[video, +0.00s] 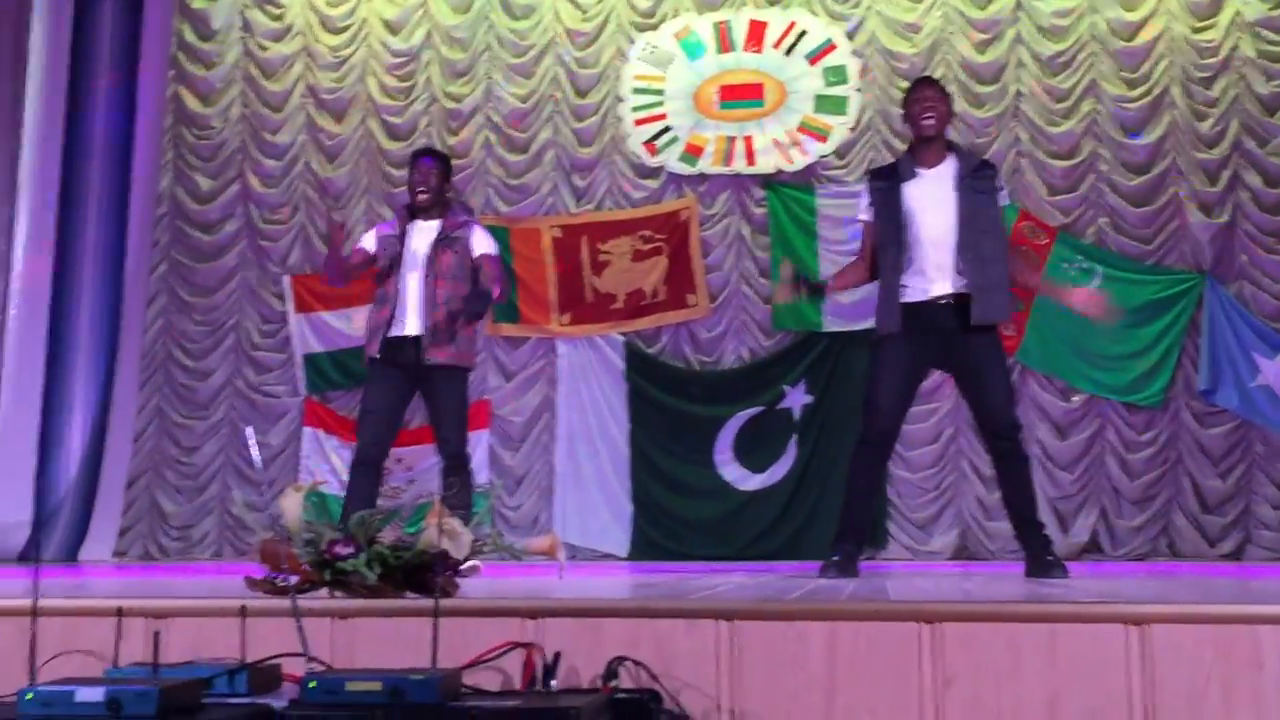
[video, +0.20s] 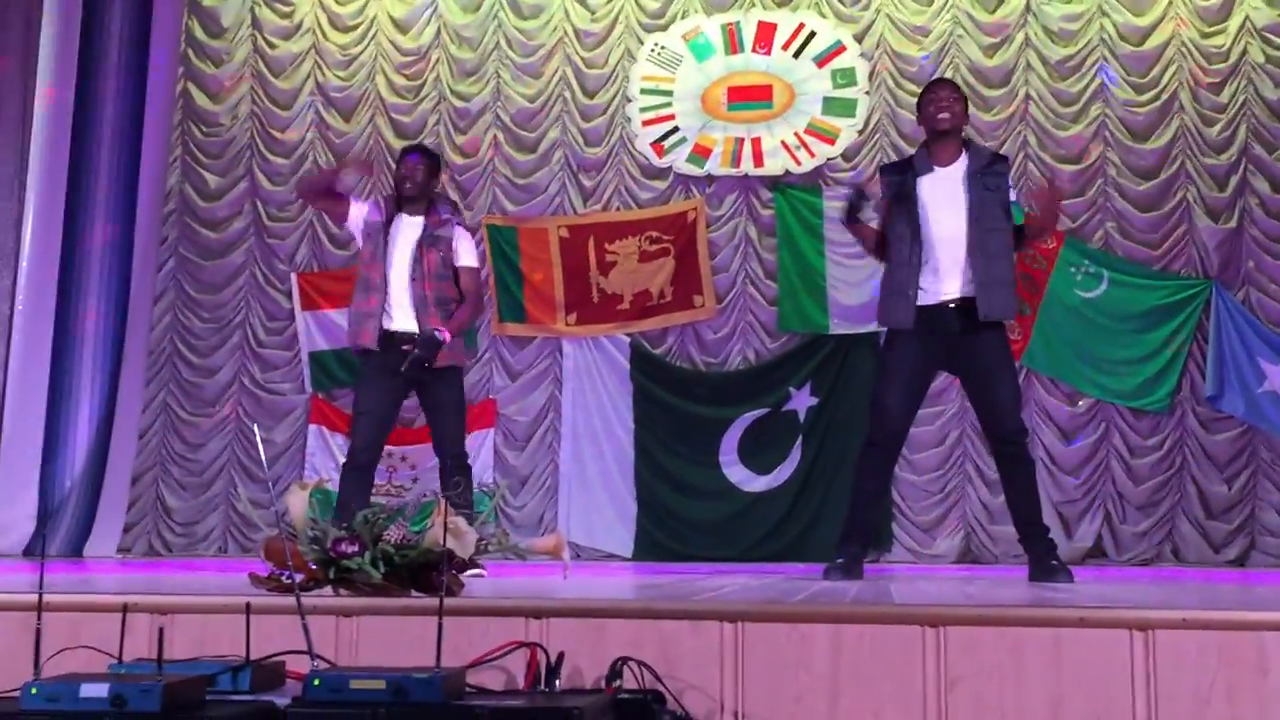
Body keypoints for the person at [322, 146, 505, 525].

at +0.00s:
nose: (422, 182)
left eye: (430, 175)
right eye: (416, 175)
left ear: (447, 183)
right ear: (407, 182)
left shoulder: (470, 233)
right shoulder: (388, 232)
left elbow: (492, 284)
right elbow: (338, 276)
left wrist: (473, 309)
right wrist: (336, 248)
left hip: (444, 355)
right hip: (392, 352)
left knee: (453, 451)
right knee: (369, 449)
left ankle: (456, 539)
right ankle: (350, 539)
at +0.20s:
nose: (408, 176)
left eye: (417, 170)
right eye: (404, 169)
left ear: (435, 179)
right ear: (395, 175)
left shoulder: (456, 232)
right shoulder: (372, 217)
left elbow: (473, 300)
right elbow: (309, 192)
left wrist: (444, 333)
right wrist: (339, 178)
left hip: (437, 354)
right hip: (382, 351)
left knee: (452, 454)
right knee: (362, 452)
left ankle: (461, 550)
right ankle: (343, 547)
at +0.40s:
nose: (405, 176)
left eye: (415, 171)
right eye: (400, 168)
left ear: (428, 183)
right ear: (389, 176)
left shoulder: (438, 241)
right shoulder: (359, 216)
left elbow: (419, 310)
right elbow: (346, 250)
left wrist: (384, 361)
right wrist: (364, 260)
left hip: (404, 345)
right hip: (351, 344)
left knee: (444, 409)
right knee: (334, 442)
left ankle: (458, 515)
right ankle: (334, 530)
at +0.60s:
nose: (402, 187)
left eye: (411, 180)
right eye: (395, 178)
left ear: (424, 189)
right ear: (383, 184)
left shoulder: (436, 246)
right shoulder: (352, 235)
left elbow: (421, 315)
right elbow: (347, 312)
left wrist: (392, 366)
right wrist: (391, 368)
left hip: (406, 348)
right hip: (350, 348)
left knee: (448, 410)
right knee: (329, 436)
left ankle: (465, 513)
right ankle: (329, 524)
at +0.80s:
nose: (442, 138)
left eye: (450, 131)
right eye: (435, 129)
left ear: (465, 137)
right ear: (423, 134)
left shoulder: (487, 192)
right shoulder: (399, 185)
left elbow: (496, 262)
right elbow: (359, 246)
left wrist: (470, 308)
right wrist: (354, 306)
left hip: (464, 314)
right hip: (407, 312)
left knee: (478, 409)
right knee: (377, 408)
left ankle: (491, 512)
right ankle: (354, 502)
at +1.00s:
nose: (457, 116)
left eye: (466, 108)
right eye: (450, 108)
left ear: (480, 113)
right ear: (440, 113)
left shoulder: (505, 168)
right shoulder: (417, 163)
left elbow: (516, 238)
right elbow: (376, 223)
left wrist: (486, 284)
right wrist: (333, 271)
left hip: (477, 290)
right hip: (423, 290)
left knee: (487, 390)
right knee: (410, 392)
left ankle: (493, 493)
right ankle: (401, 492)